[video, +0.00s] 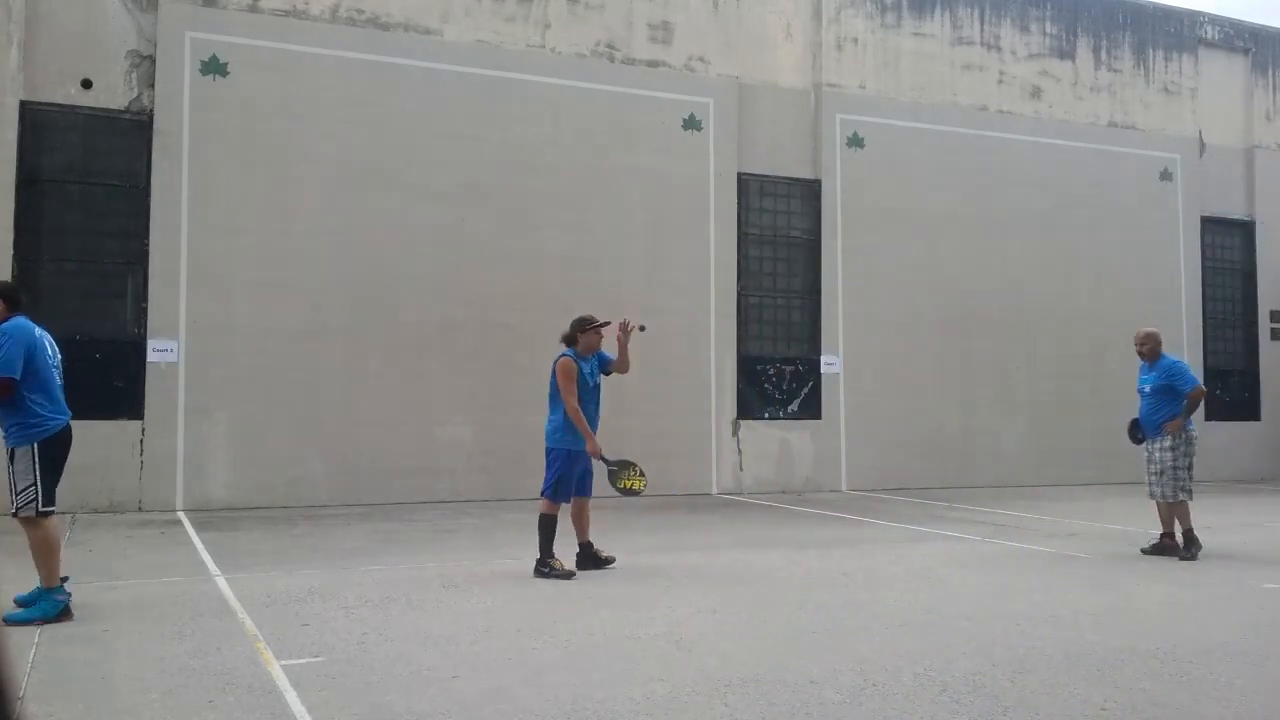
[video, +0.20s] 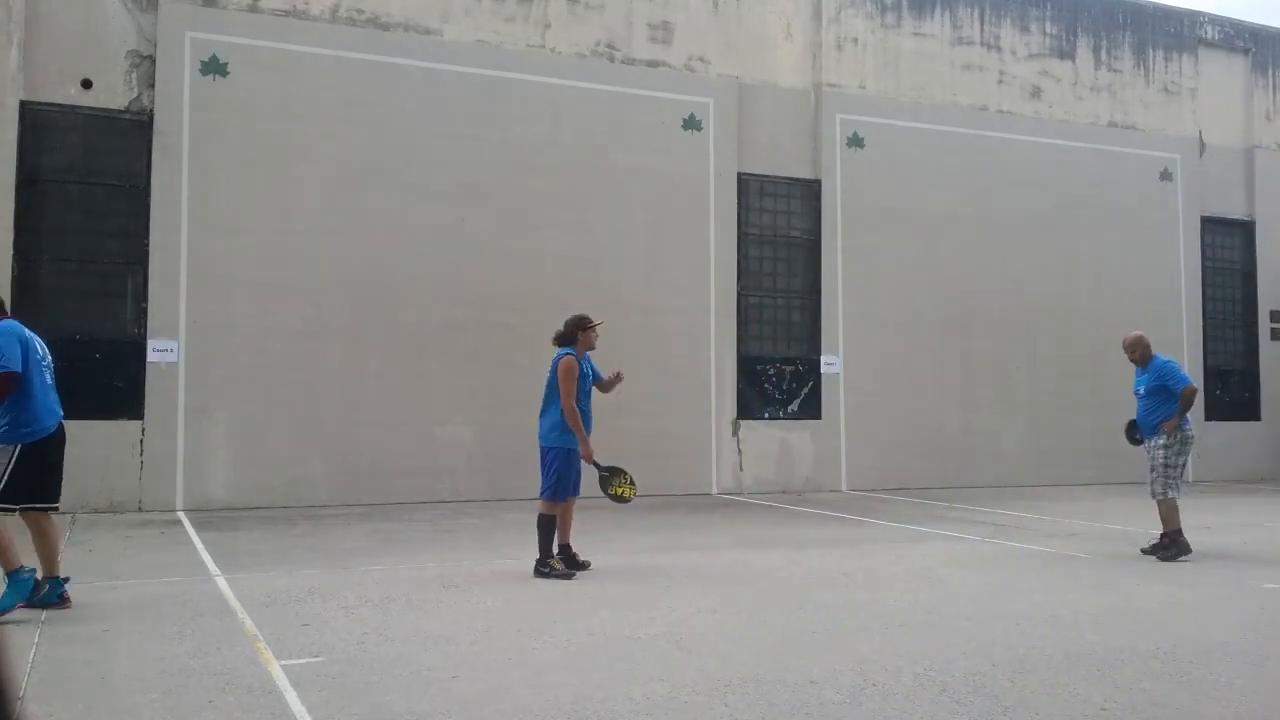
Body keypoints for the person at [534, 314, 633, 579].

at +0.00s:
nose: (601, 338)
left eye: (601, 334)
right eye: (597, 333)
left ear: (589, 337)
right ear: (581, 336)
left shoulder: (595, 358)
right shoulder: (567, 362)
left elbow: (621, 368)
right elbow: (571, 405)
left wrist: (623, 343)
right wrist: (590, 439)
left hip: (582, 442)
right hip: (562, 442)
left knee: (581, 497)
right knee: (553, 498)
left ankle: (585, 552)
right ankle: (545, 559)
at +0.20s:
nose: (597, 335)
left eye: (596, 331)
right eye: (592, 332)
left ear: (582, 336)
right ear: (579, 335)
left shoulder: (585, 361)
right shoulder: (568, 360)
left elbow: (603, 387)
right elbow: (568, 404)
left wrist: (613, 381)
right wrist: (584, 442)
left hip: (572, 440)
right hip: (557, 441)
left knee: (567, 498)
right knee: (551, 498)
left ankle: (564, 553)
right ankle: (544, 560)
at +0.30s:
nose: (597, 337)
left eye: (596, 333)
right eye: (593, 333)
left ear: (579, 336)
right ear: (580, 336)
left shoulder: (570, 360)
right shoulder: (572, 361)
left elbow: (576, 400)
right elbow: (568, 405)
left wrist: (601, 411)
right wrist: (586, 441)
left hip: (567, 441)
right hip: (558, 441)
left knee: (564, 498)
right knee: (552, 499)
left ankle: (563, 552)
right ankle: (544, 560)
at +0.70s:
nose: (604, 341)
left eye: (603, 337)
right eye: (601, 337)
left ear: (582, 340)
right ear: (589, 338)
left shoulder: (562, 361)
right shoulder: (588, 361)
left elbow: (566, 408)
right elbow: (591, 404)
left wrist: (592, 431)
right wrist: (605, 429)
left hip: (550, 439)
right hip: (571, 439)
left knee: (562, 496)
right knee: (588, 494)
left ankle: (563, 555)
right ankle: (574, 555)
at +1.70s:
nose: (635, 358)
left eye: (635, 353)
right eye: (632, 353)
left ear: (612, 353)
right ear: (619, 352)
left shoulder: (590, 370)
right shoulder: (619, 371)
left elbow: (598, 420)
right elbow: (623, 416)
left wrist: (631, 434)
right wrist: (646, 433)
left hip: (563, 440)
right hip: (586, 441)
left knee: (588, 497)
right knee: (612, 495)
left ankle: (581, 555)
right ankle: (598, 557)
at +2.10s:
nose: (640, 383)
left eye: (643, 380)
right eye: (642, 378)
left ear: (622, 365)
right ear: (638, 369)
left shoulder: (600, 377)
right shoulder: (628, 380)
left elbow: (598, 428)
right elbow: (627, 425)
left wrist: (629, 449)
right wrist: (634, 466)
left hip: (564, 440)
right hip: (588, 442)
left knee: (586, 498)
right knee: (609, 498)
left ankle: (582, 556)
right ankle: (603, 561)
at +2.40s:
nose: (650, 404)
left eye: (654, 401)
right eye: (652, 398)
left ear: (634, 383)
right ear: (647, 387)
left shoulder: (608, 390)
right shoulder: (635, 394)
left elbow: (605, 445)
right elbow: (627, 437)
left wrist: (628, 473)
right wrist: (629, 477)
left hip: (561, 442)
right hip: (584, 445)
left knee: (585, 497)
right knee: (609, 499)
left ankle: (583, 556)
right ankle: (602, 563)